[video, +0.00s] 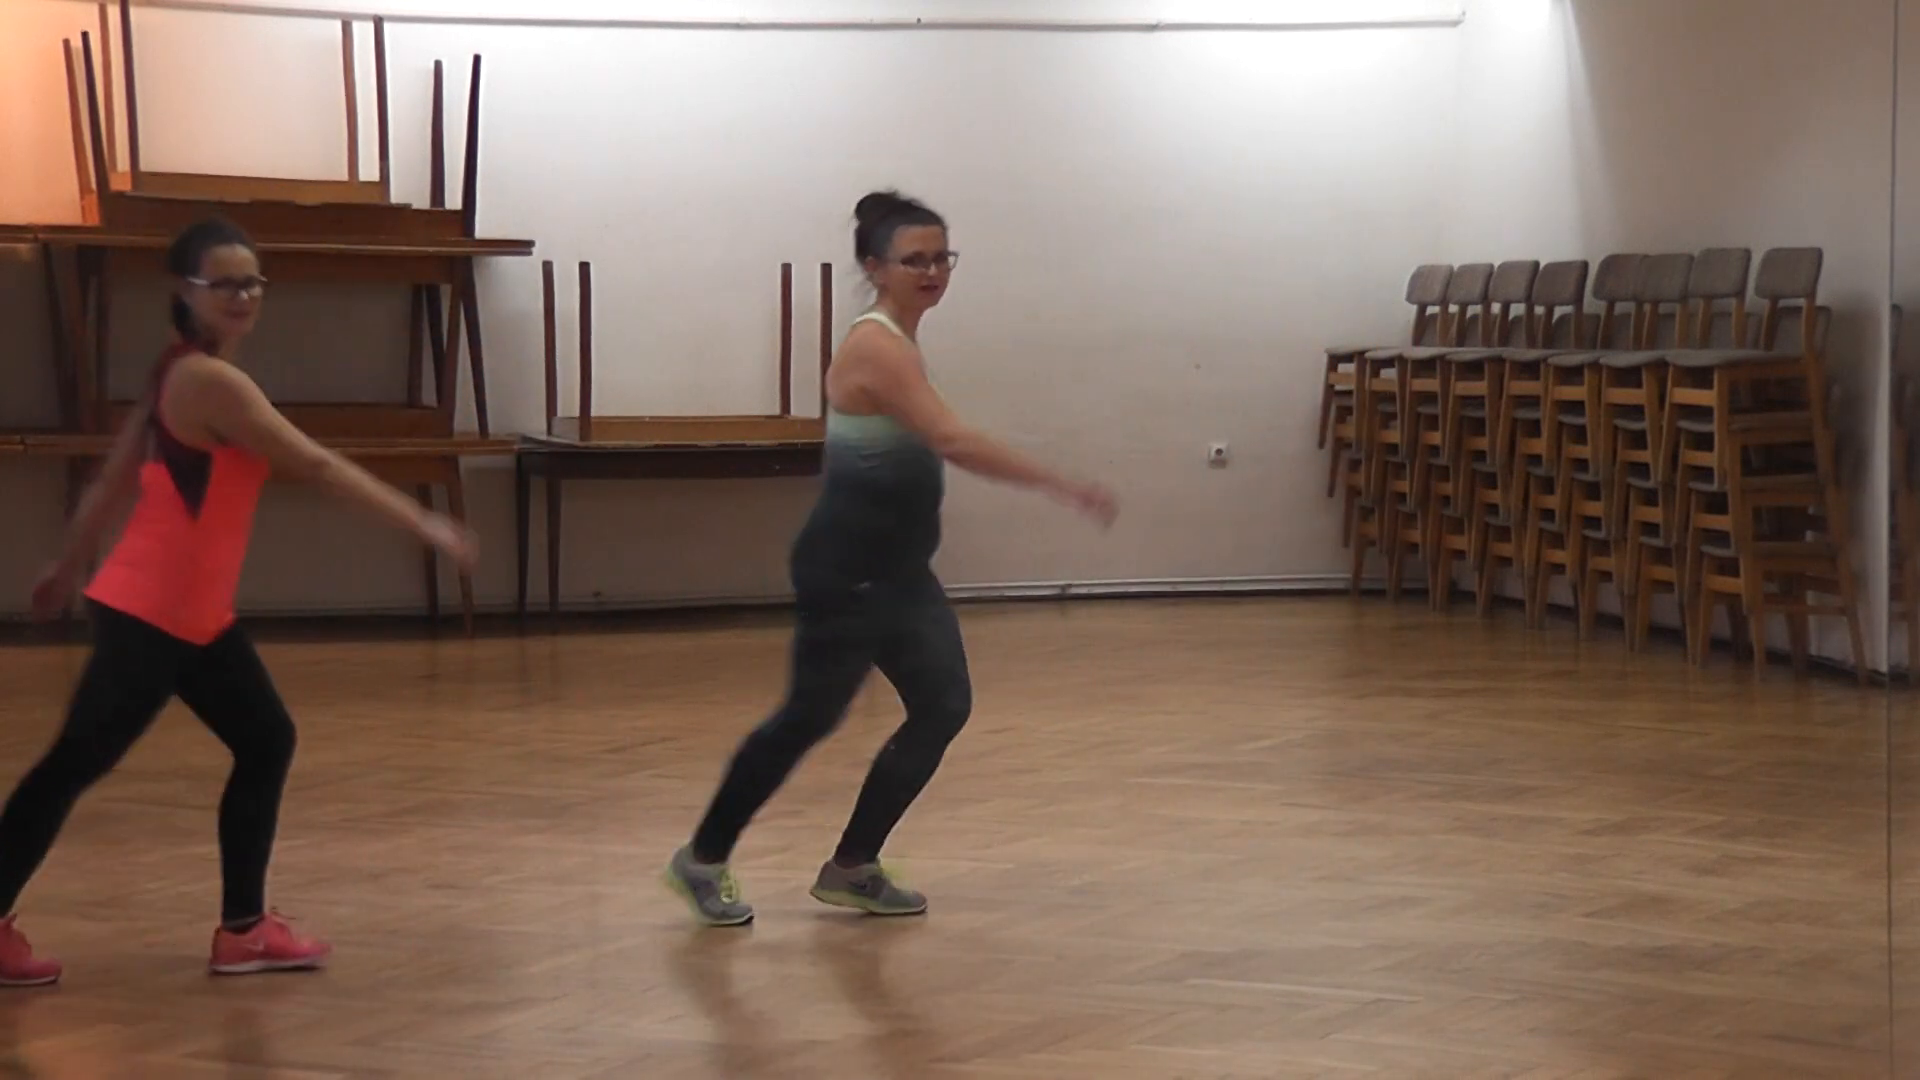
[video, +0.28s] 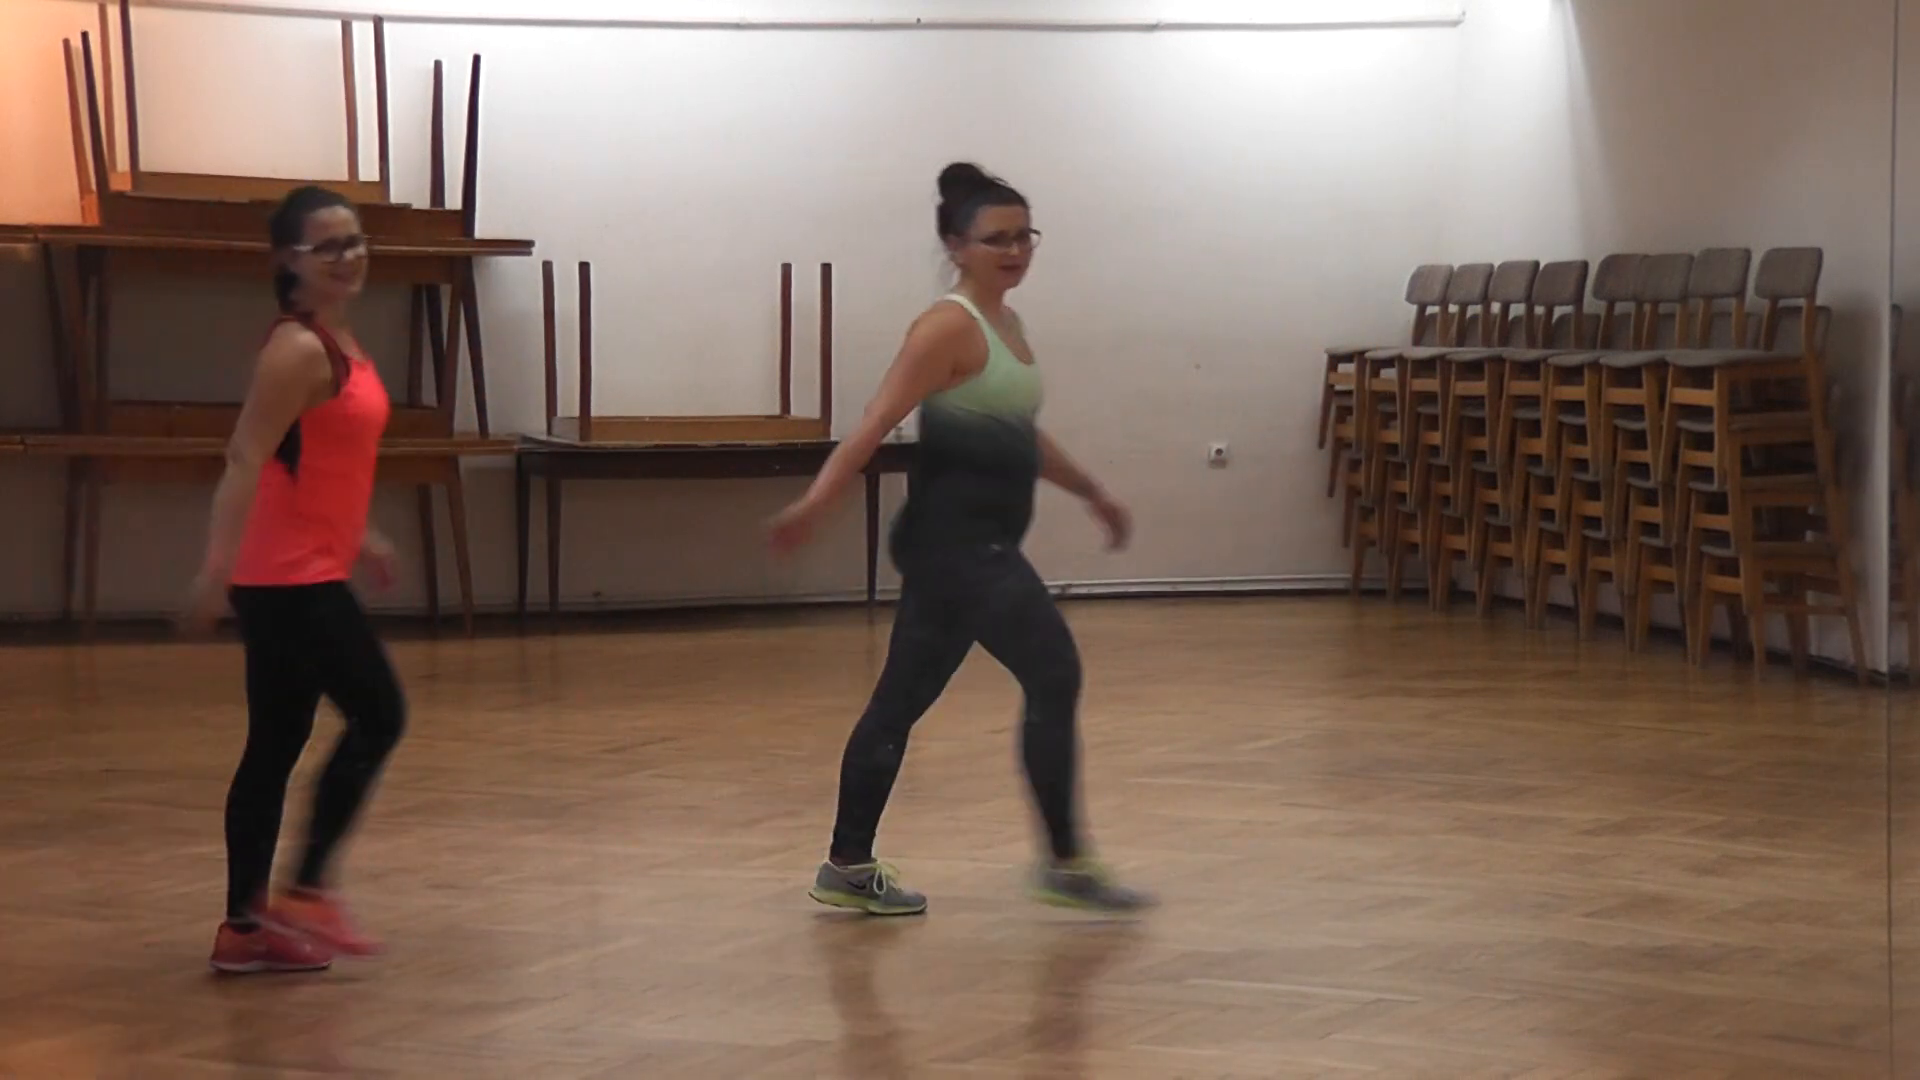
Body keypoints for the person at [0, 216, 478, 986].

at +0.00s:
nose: (244, 299)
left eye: (253, 285)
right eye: (226, 286)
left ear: (260, 289)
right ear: (185, 291)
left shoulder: (182, 376)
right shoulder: (209, 380)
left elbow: (115, 479)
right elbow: (316, 463)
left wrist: (71, 561)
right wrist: (427, 523)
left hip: (194, 617)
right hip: (147, 614)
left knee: (266, 739)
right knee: (71, 764)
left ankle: (244, 927)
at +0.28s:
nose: (349, 258)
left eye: (356, 243)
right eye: (330, 247)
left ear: (364, 250)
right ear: (289, 260)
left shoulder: (338, 341)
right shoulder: (295, 351)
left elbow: (313, 466)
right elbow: (243, 463)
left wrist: (358, 538)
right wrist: (213, 575)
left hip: (302, 580)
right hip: (291, 583)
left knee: (274, 743)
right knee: (379, 713)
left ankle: (245, 923)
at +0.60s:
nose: (475, 265)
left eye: (482, 250)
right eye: (455, 256)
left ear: (494, 257)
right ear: (420, 273)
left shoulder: (495, 349)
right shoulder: (421, 360)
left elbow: (501, 472)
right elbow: (373, 472)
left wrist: (572, 529)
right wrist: (343, 569)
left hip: (491, 582)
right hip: (438, 584)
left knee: (504, 742)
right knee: (502, 740)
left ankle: (366, 848)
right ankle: (504, 923)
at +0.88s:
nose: (588, 260)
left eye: (596, 247)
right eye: (569, 250)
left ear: (611, 257)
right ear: (533, 265)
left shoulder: (635, 357)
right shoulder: (514, 358)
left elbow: (658, 465)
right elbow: (487, 469)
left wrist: (694, 554)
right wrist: (605, 449)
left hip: (617, 586)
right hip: (531, 587)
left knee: (669, 730)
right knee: (545, 737)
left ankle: (699, 900)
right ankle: (506, 923)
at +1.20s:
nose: (676, 251)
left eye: (686, 239)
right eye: (658, 239)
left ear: (698, 247)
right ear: (622, 249)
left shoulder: (726, 344)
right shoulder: (590, 347)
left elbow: (761, 453)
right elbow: (558, 452)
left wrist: (785, 549)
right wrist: (628, 442)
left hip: (723, 574)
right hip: (628, 581)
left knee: (725, 736)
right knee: (652, 740)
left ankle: (722, 891)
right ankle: (691, 848)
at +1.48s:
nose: (693, 278)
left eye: (706, 266)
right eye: (677, 265)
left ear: (720, 274)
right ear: (646, 273)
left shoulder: (749, 369)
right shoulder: (614, 373)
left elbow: (788, 474)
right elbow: (595, 482)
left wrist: (818, 568)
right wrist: (586, 577)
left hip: (743, 594)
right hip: (651, 597)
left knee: (748, 743)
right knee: (670, 748)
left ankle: (761, 880)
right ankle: (718, 857)